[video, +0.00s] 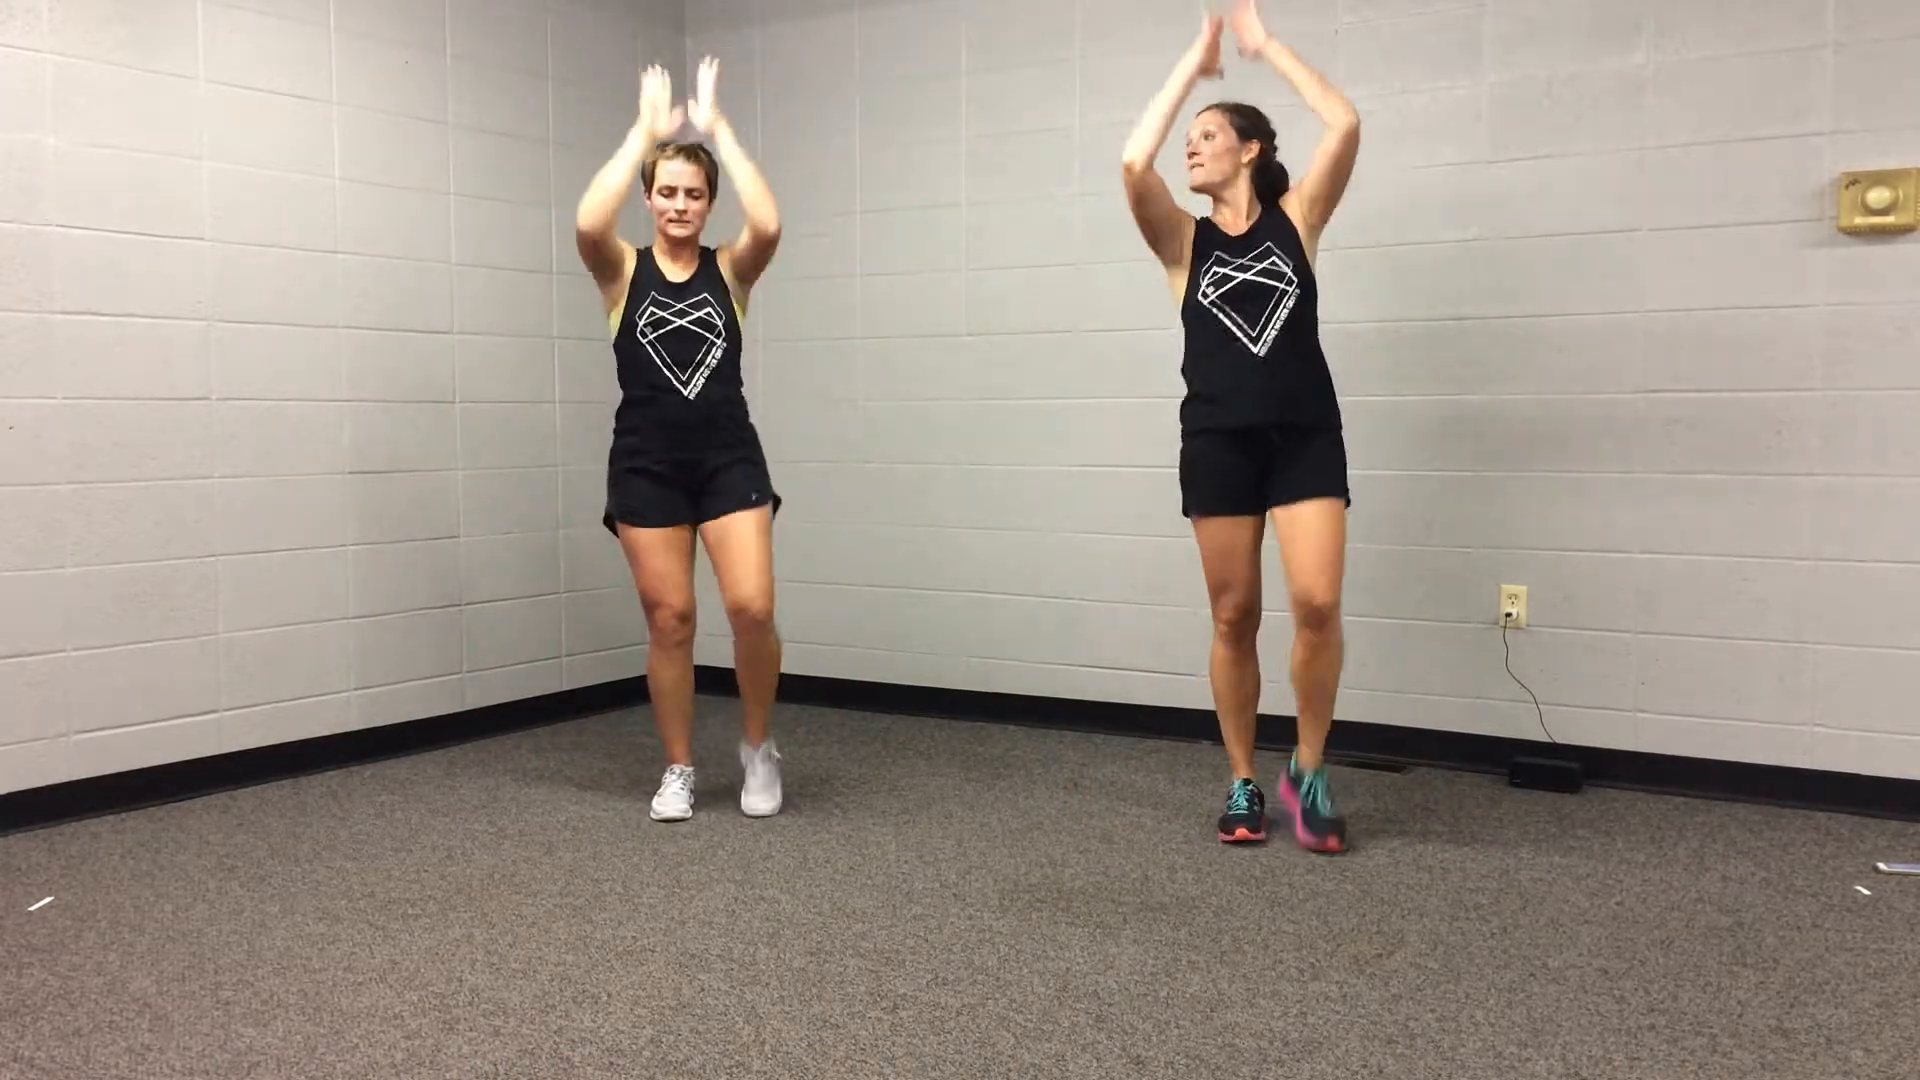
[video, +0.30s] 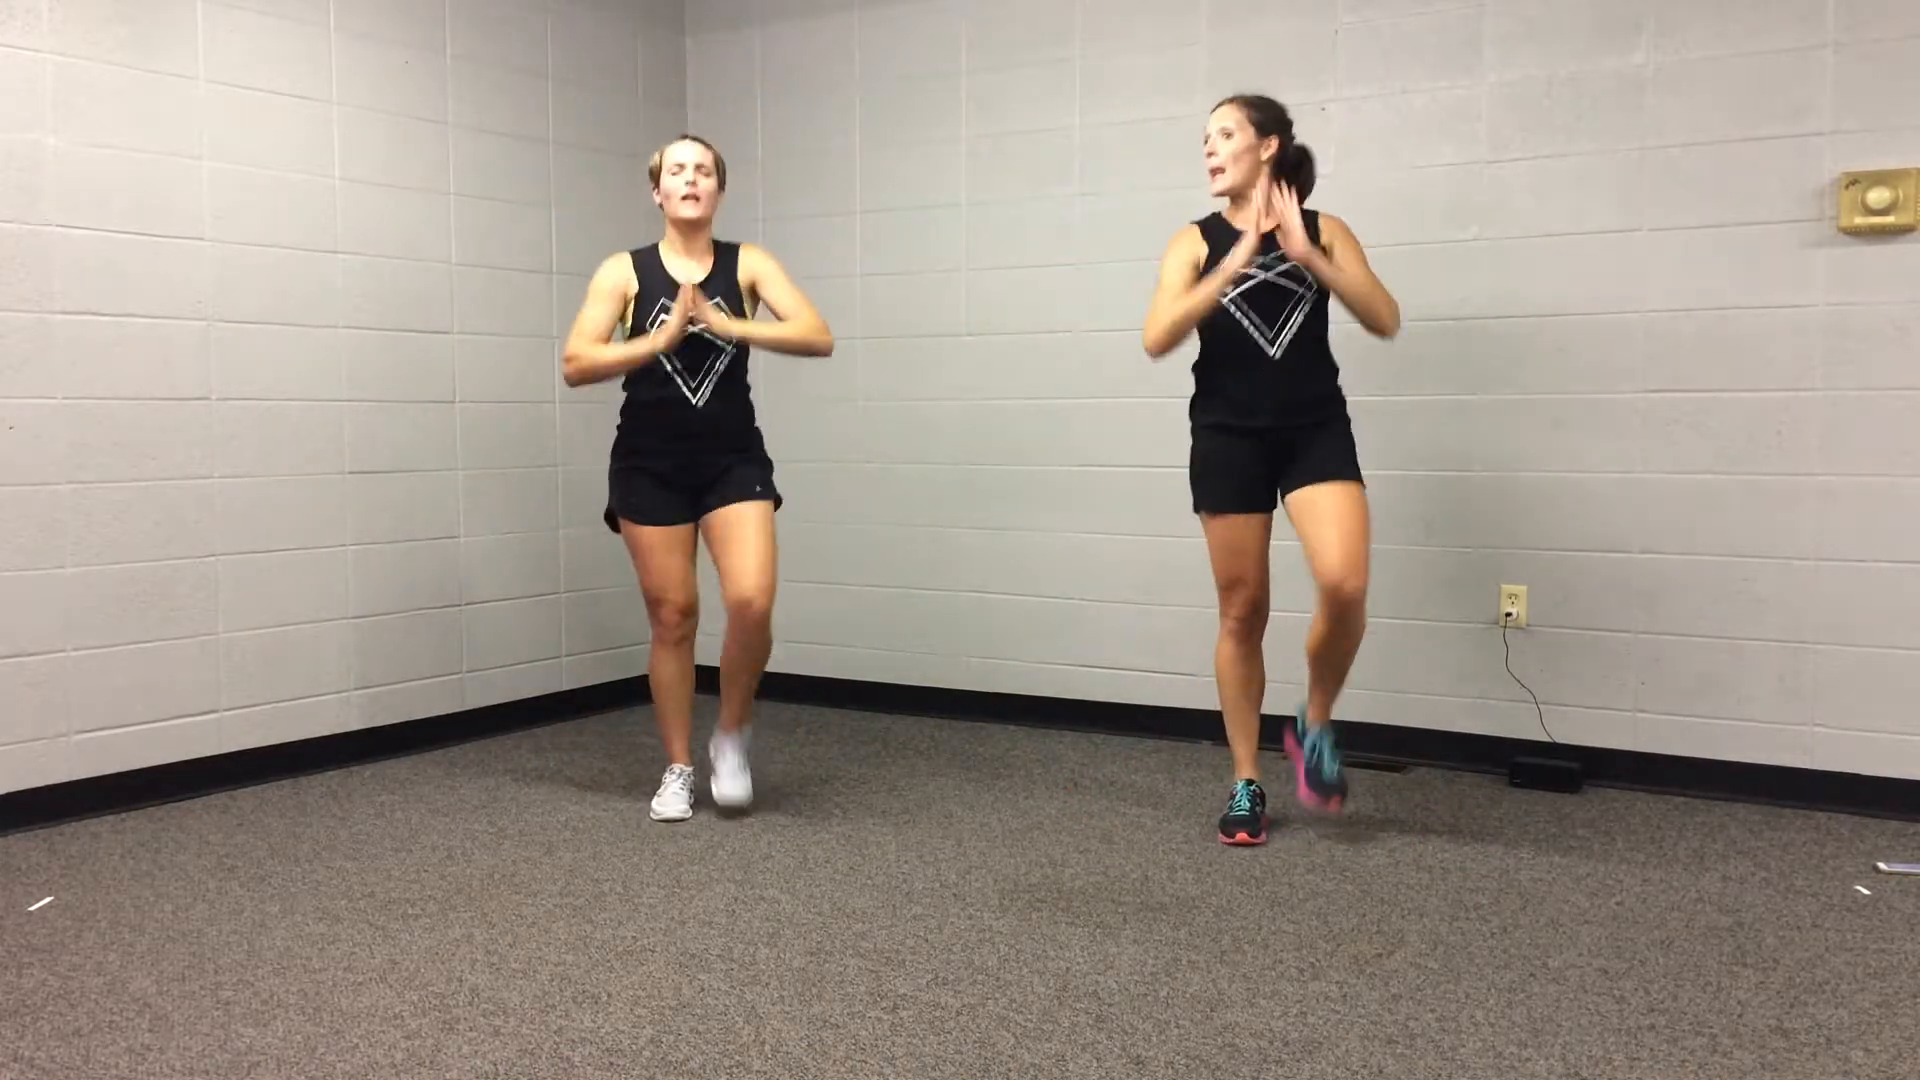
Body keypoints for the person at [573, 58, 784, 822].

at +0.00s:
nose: (680, 203)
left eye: (694, 193)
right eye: (668, 191)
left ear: (710, 202)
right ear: (649, 198)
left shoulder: (731, 270)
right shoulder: (620, 270)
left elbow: (766, 227)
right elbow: (590, 226)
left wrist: (716, 128)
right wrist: (645, 132)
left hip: (729, 458)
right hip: (646, 464)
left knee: (753, 608)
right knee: (668, 619)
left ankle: (758, 749)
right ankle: (678, 767)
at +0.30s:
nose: (691, 180)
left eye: (702, 171)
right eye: (678, 170)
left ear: (719, 190)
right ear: (656, 189)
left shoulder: (749, 262)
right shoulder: (622, 272)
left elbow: (818, 338)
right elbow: (575, 365)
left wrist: (732, 327)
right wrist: (658, 340)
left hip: (733, 460)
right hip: (650, 465)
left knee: (753, 602)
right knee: (672, 615)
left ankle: (731, 741)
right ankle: (679, 767)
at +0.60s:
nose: (704, 181)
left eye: (715, 176)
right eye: (690, 176)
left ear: (735, 204)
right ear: (670, 206)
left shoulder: (766, 276)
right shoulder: (641, 279)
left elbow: (789, 369)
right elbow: (618, 383)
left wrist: (748, 277)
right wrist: (663, 302)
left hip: (758, 461)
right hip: (676, 458)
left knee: (746, 625)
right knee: (659, 561)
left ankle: (730, 764)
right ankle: (669, 673)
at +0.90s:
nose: (715, 170)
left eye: (727, 165)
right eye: (701, 167)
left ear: (747, 193)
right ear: (683, 197)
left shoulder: (785, 266)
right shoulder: (653, 273)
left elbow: (807, 363)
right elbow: (624, 370)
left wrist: (780, 420)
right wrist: (653, 425)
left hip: (750, 462)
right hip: (667, 462)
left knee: (735, 623)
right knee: (673, 618)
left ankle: (727, 766)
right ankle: (651, 762)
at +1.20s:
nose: (720, 185)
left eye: (730, 180)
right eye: (707, 182)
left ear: (749, 210)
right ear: (687, 212)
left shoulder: (783, 286)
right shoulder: (652, 285)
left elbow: (864, 347)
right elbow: (572, 356)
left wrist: (935, 393)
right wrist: (491, 413)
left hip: (763, 474)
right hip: (681, 471)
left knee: (748, 630)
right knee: (644, 574)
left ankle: (730, 768)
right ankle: (658, 689)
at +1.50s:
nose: (724, 167)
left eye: (736, 161)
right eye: (709, 163)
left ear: (755, 188)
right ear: (689, 192)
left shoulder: (785, 255)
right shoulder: (663, 250)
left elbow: (877, 214)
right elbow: (554, 209)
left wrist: (962, 168)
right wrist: (461, 160)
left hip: (756, 467)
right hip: (672, 465)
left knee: (736, 621)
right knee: (669, 621)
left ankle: (727, 768)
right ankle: (645, 774)